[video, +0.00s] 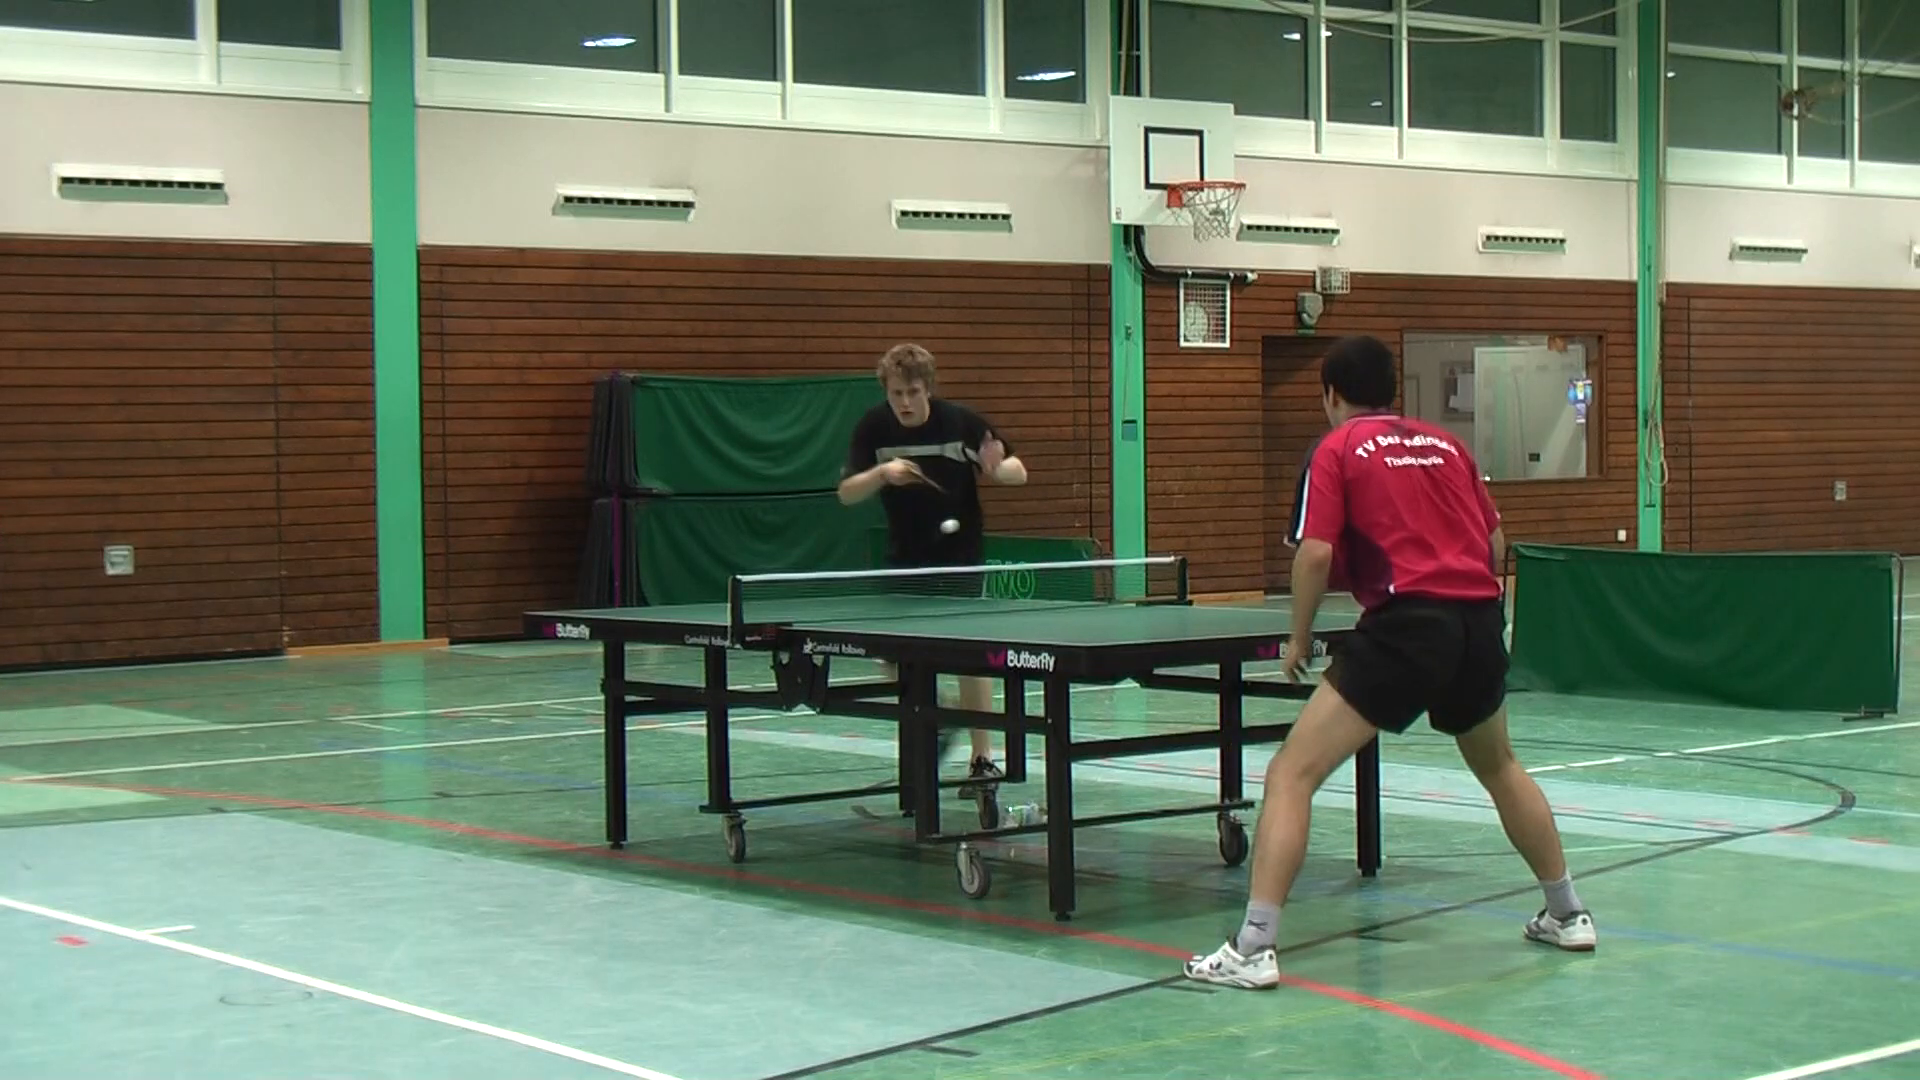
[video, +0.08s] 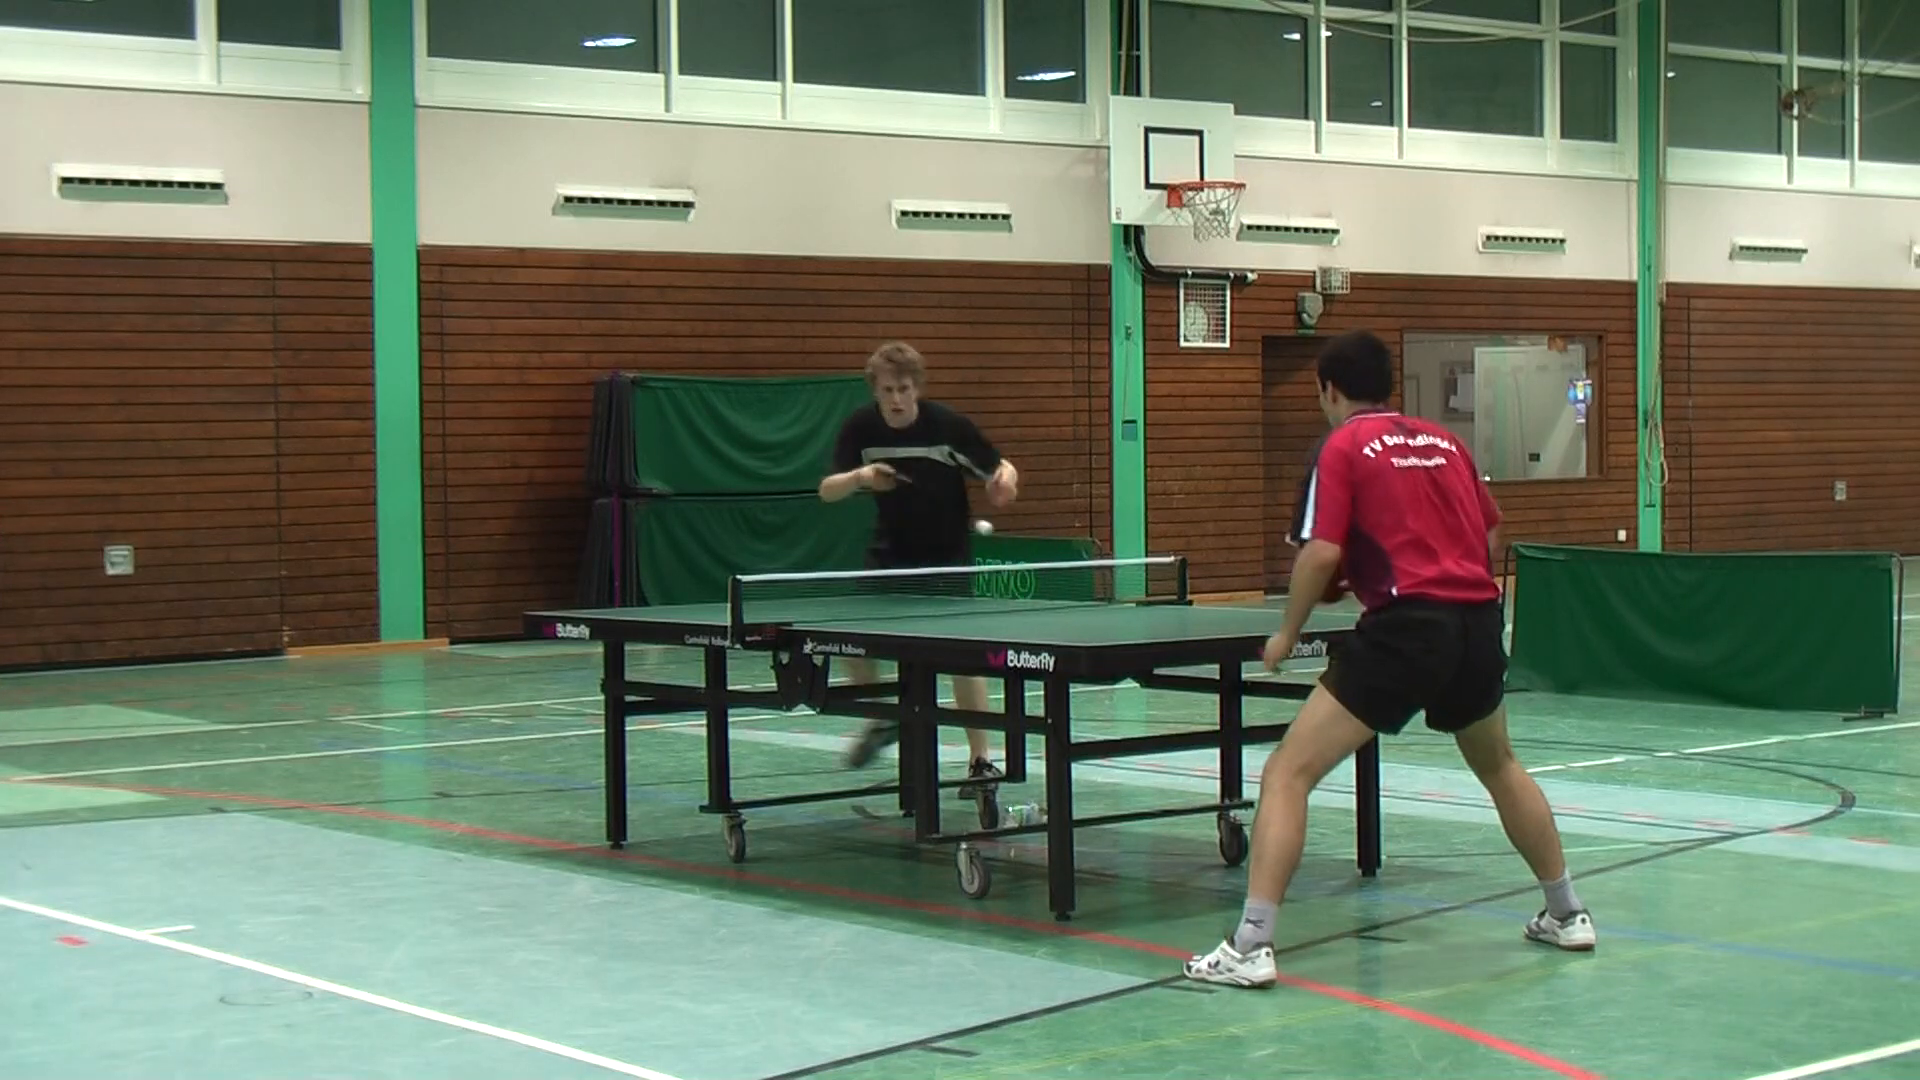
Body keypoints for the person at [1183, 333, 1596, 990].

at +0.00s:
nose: (1323, 406)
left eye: (1323, 397)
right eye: (1325, 397)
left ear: (1335, 396)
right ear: (1389, 393)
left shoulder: (1336, 449)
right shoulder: (1446, 442)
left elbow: (1316, 553)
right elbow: (1492, 542)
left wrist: (1299, 640)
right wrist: (1476, 619)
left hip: (1405, 627)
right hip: (1480, 627)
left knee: (1294, 773)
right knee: (1501, 766)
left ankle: (1253, 945)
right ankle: (1568, 913)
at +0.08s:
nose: (1320, 403)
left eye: (1319, 392)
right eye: (1322, 392)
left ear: (1331, 390)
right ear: (1386, 389)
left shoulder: (1343, 445)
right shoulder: (1445, 440)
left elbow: (1324, 553)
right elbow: (1490, 538)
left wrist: (1286, 634)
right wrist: (1467, 609)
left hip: (1404, 628)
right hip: (1479, 627)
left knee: (1290, 772)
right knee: (1500, 766)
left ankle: (1251, 943)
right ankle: (1567, 912)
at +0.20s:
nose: (1295, 411)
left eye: (1292, 398)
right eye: (1292, 400)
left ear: (1309, 391)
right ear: (1356, 385)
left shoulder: (1352, 442)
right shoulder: (1402, 435)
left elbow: (1352, 554)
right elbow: (1419, 541)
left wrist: (1287, 639)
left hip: (1412, 635)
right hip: (1475, 628)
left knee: (1288, 769)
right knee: (1484, 765)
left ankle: (1251, 945)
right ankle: (1566, 910)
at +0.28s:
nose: (1265, 402)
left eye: (1266, 388)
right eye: (1266, 389)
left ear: (1286, 389)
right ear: (1320, 384)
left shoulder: (1353, 436)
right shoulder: (1340, 448)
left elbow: (1375, 535)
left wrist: (1306, 628)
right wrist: (1248, 620)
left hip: (1411, 636)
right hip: (1457, 629)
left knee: (1283, 768)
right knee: (1474, 770)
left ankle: (1251, 947)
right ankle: (1564, 907)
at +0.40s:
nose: (1242, 393)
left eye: (1243, 378)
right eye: (1241, 379)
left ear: (1267, 373)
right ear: (1292, 373)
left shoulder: (1346, 420)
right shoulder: (1285, 464)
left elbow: (1398, 488)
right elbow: (1236, 555)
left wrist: (1361, 553)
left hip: (1392, 623)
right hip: (1424, 620)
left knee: (1275, 764)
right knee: (1452, 774)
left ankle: (1249, 948)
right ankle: (1544, 907)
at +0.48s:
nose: (1239, 376)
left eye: (1243, 362)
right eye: (1242, 362)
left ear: (1264, 361)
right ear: (1289, 361)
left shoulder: (1339, 407)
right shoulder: (1275, 455)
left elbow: (1408, 458)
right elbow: (1207, 523)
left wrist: (1393, 500)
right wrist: (1103, 535)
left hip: (1382, 616)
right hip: (1415, 614)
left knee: (1274, 761)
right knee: (1429, 773)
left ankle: (1248, 948)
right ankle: (1525, 914)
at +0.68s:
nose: (1291, 348)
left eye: (1294, 336)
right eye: (1293, 337)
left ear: (1310, 338)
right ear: (1359, 338)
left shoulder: (1357, 391)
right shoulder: (1334, 421)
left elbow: (1414, 452)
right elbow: (1257, 473)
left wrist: (1433, 522)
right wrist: (1157, 458)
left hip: (1380, 607)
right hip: (1436, 611)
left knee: (1279, 768)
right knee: (1373, 761)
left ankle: (1246, 943)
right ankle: (1455, 911)